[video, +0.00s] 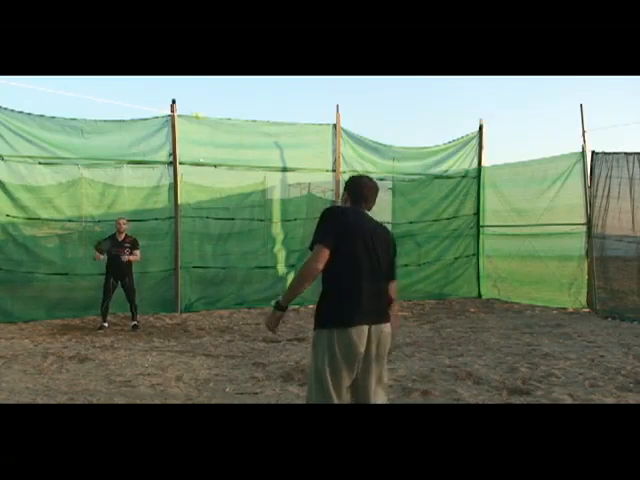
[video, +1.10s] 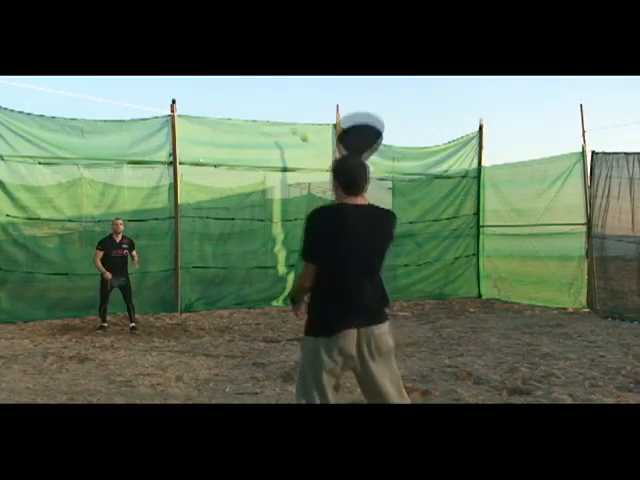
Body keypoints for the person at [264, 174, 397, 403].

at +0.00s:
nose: (341, 198)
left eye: (342, 195)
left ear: (345, 197)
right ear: (373, 203)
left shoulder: (335, 215)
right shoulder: (385, 234)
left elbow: (315, 265)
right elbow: (390, 292)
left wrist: (281, 305)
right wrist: (382, 323)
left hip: (340, 329)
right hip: (379, 330)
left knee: (328, 397)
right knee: (373, 397)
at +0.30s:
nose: (350, 190)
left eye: (352, 187)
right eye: (352, 187)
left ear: (355, 190)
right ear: (382, 194)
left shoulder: (341, 221)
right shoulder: (401, 225)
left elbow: (332, 276)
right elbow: (424, 282)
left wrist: (314, 322)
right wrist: (417, 321)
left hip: (356, 331)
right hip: (401, 330)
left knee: (333, 396)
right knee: (411, 397)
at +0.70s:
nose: (360, 193)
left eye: (361, 189)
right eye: (362, 189)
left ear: (365, 191)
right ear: (392, 194)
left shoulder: (355, 222)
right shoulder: (416, 227)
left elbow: (352, 282)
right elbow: (425, 281)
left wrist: (339, 312)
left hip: (370, 332)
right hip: (415, 332)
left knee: (333, 397)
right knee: (415, 399)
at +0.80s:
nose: (358, 204)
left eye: (359, 201)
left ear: (362, 204)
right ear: (391, 207)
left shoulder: (350, 235)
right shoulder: (410, 239)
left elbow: (345, 294)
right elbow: (414, 288)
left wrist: (335, 324)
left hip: (366, 343)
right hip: (412, 342)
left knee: (328, 400)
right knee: (411, 400)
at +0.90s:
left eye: (357, 204)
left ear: (359, 208)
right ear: (387, 210)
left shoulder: (343, 239)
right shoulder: (402, 244)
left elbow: (336, 297)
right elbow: (403, 291)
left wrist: (326, 328)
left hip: (356, 349)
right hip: (402, 347)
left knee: (317, 400)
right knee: (403, 399)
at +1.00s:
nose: (338, 198)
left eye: (339, 192)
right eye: (339, 192)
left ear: (346, 195)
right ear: (377, 195)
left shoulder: (334, 227)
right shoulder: (394, 231)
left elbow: (323, 286)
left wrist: (313, 312)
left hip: (341, 338)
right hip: (387, 336)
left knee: (314, 398)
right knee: (394, 398)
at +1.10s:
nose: (333, 183)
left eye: (333, 179)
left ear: (336, 184)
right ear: (365, 183)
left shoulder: (320, 218)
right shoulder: (386, 219)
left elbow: (308, 274)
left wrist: (297, 297)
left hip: (329, 328)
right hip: (375, 326)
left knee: (315, 397)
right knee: (391, 396)